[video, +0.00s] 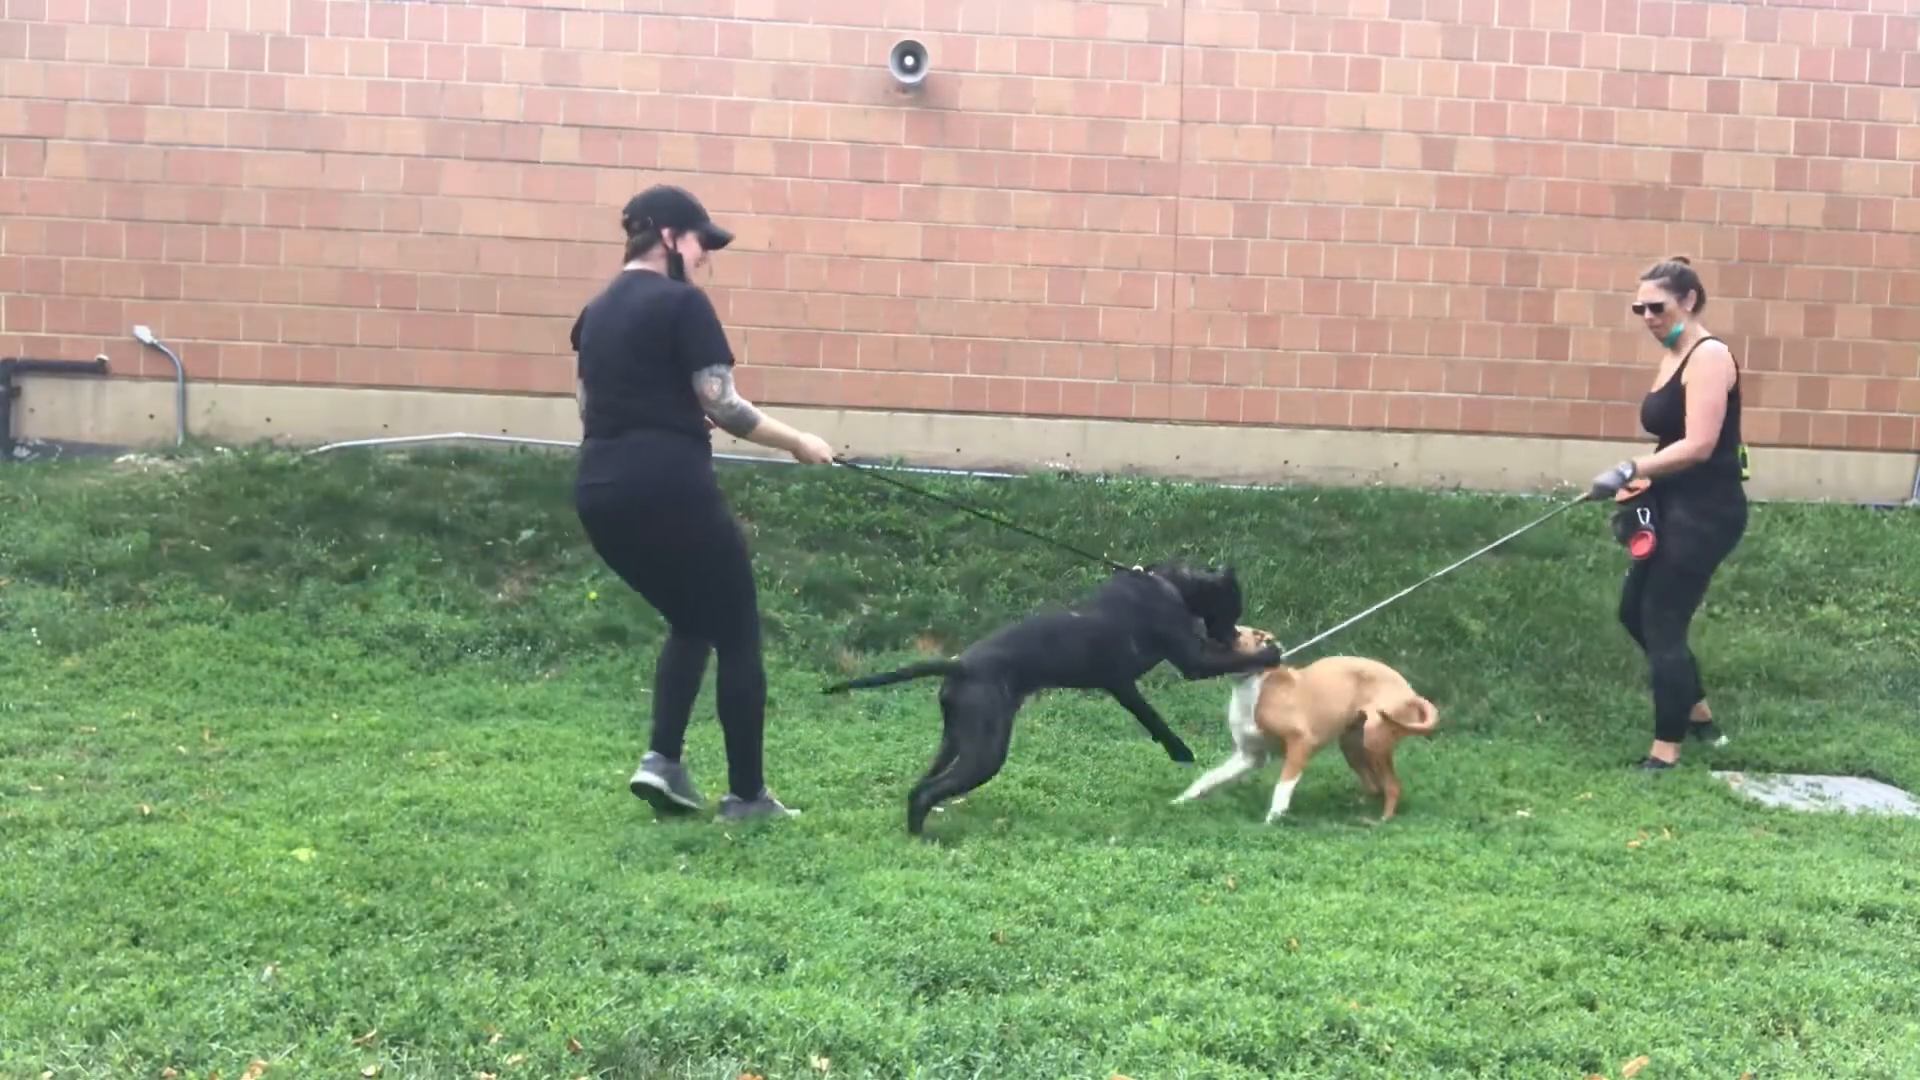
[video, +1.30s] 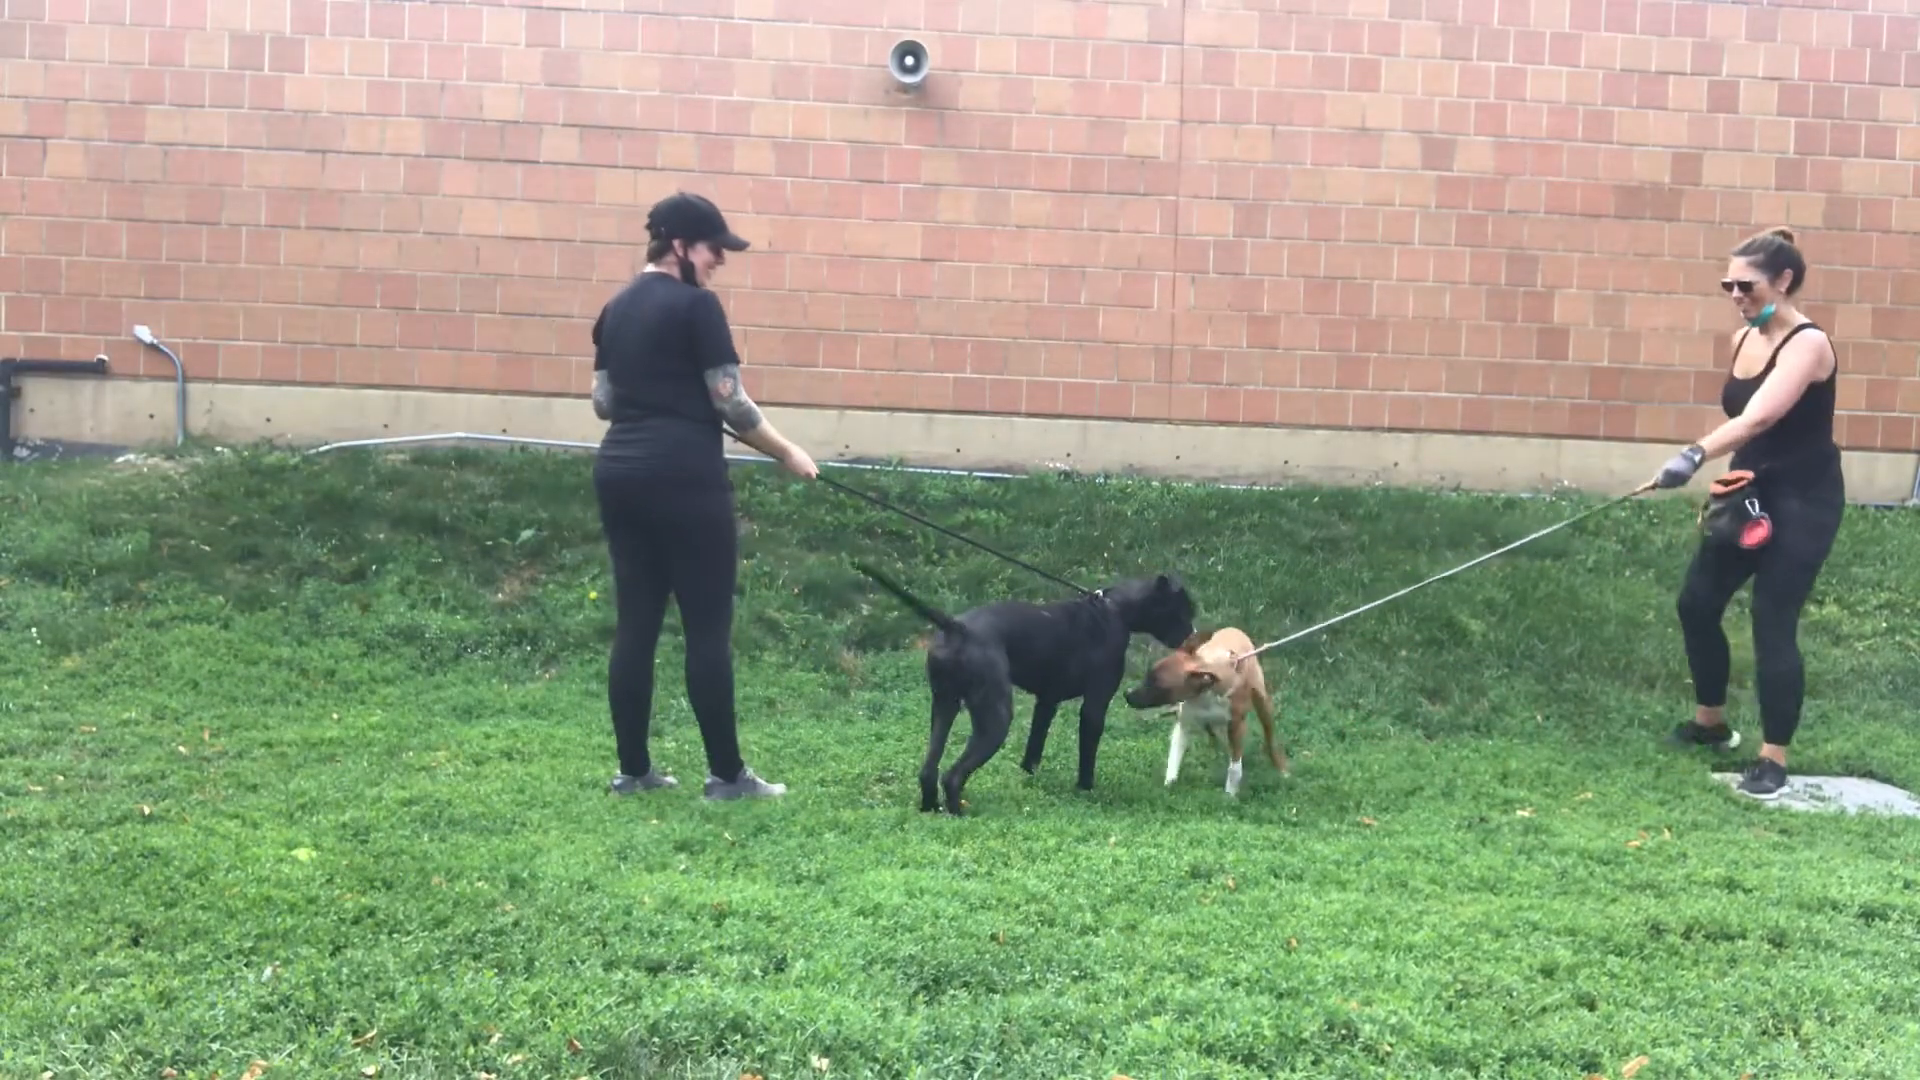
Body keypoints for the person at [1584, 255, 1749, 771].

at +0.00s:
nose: (1647, 318)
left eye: (1656, 308)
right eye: (1641, 310)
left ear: (1688, 302)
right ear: (1641, 309)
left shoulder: (1710, 357)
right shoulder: (1676, 356)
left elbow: (1702, 446)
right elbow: (1672, 442)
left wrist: (1630, 471)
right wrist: (1640, 495)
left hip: (1707, 508)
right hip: (1676, 504)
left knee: (1664, 622)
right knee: (1636, 611)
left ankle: (1664, 752)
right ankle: (1699, 716)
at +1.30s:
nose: (1734, 296)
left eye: (1745, 286)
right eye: (1730, 286)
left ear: (1784, 281)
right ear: (1730, 282)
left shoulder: (1810, 344)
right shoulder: (1743, 338)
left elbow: (1757, 416)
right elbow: (1747, 420)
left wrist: (1692, 454)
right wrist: (1733, 478)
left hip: (1805, 501)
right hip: (1752, 494)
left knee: (1773, 615)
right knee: (1696, 605)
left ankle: (1774, 758)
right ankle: (1710, 722)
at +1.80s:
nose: (1742, 298)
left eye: (1752, 287)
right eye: (1736, 288)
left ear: (1793, 279)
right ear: (1735, 285)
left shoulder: (1818, 349)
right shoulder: (1740, 345)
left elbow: (1776, 440)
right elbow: (1729, 437)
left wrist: (1699, 477)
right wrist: (1704, 495)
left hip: (1798, 511)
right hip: (1736, 502)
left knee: (1760, 630)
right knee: (1709, 628)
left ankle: (1787, 743)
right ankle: (1709, 763)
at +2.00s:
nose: (1756, 289)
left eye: (1766, 279)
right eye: (1752, 279)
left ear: (1809, 272)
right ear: (1753, 275)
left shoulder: (1838, 344)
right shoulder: (1749, 338)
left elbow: (1799, 439)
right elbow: (1735, 432)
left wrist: (1714, 469)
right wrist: (1709, 502)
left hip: (1808, 505)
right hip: (1744, 497)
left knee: (1791, 629)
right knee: (1718, 630)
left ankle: (1842, 771)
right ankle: (1713, 765)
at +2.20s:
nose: (1791, 288)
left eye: (1800, 277)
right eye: (1787, 278)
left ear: (1845, 269)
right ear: (1793, 274)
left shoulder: (1876, 344)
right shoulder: (1781, 336)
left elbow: (1814, 430)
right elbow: (1757, 427)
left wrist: (1727, 459)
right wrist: (1712, 500)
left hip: (1837, 519)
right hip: (1761, 509)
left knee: (1840, 657)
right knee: (1736, 644)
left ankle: (1873, 807)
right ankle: (1714, 768)